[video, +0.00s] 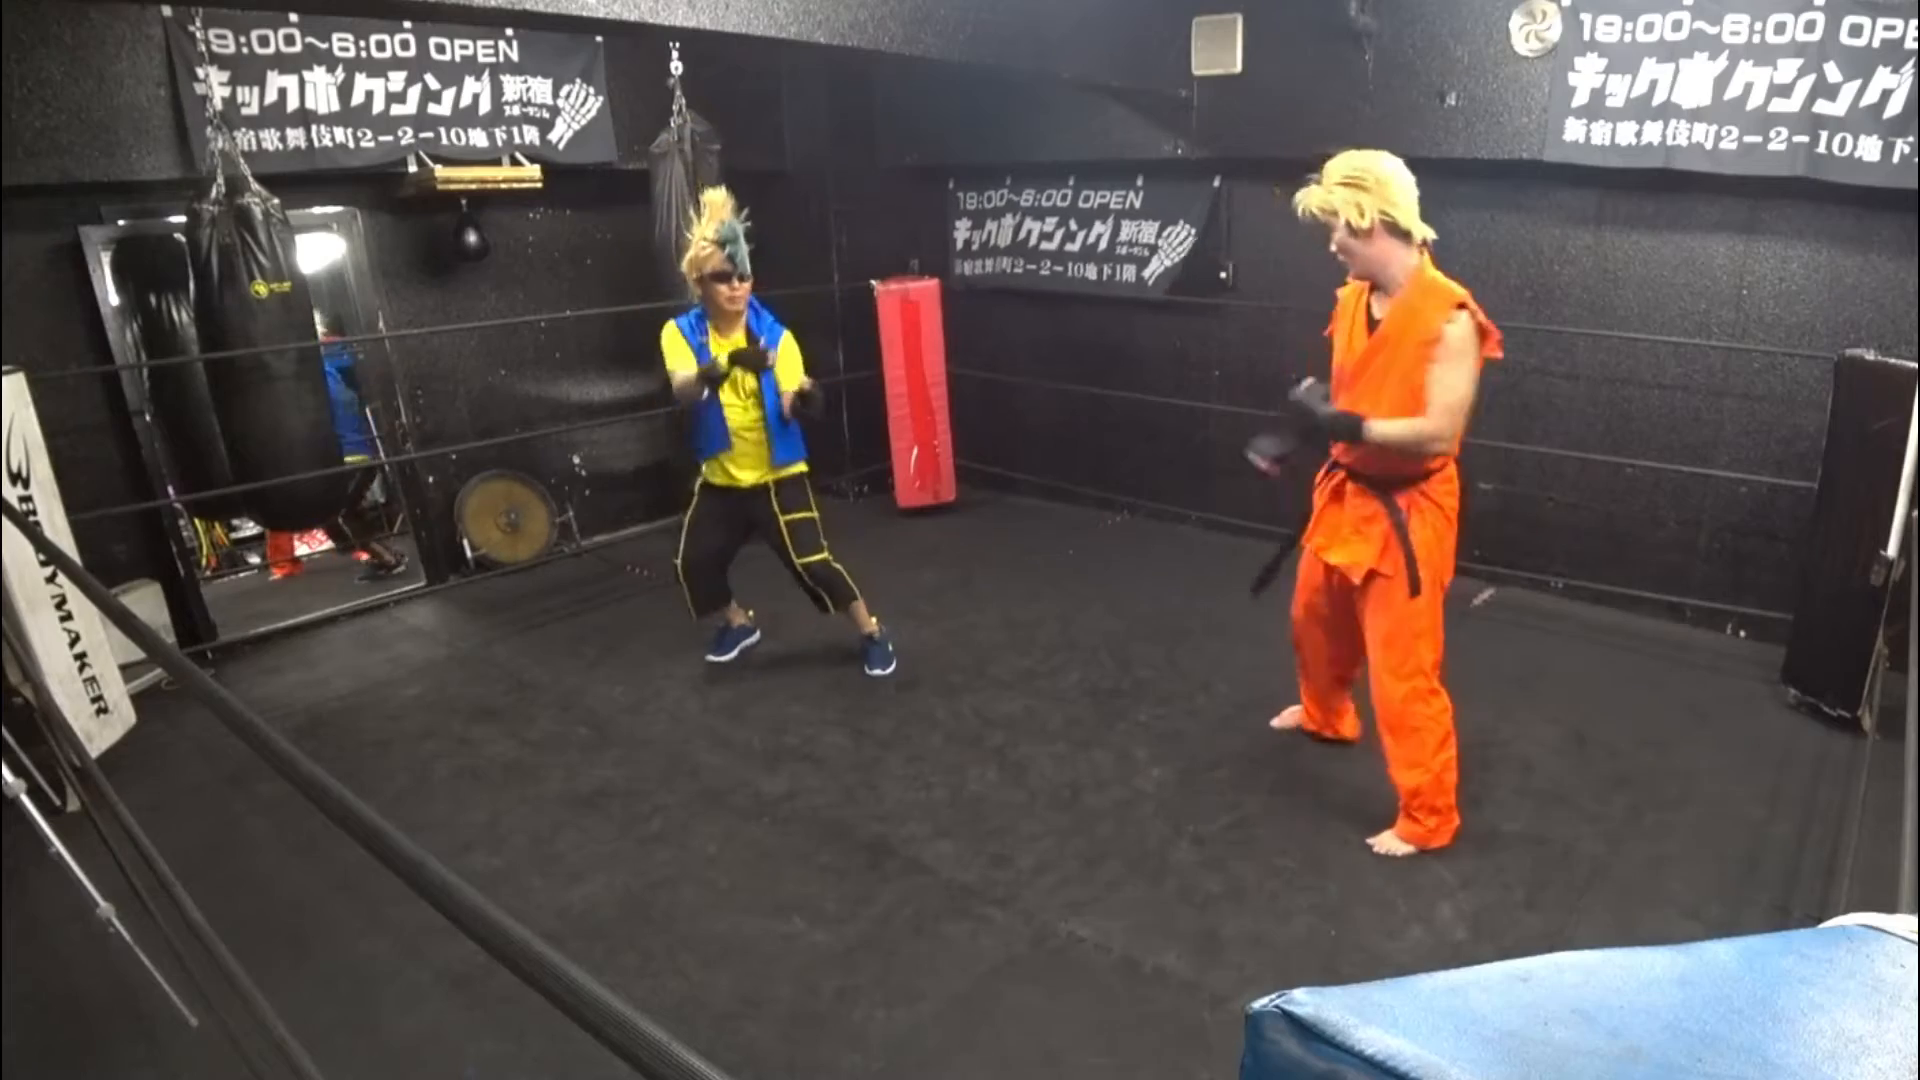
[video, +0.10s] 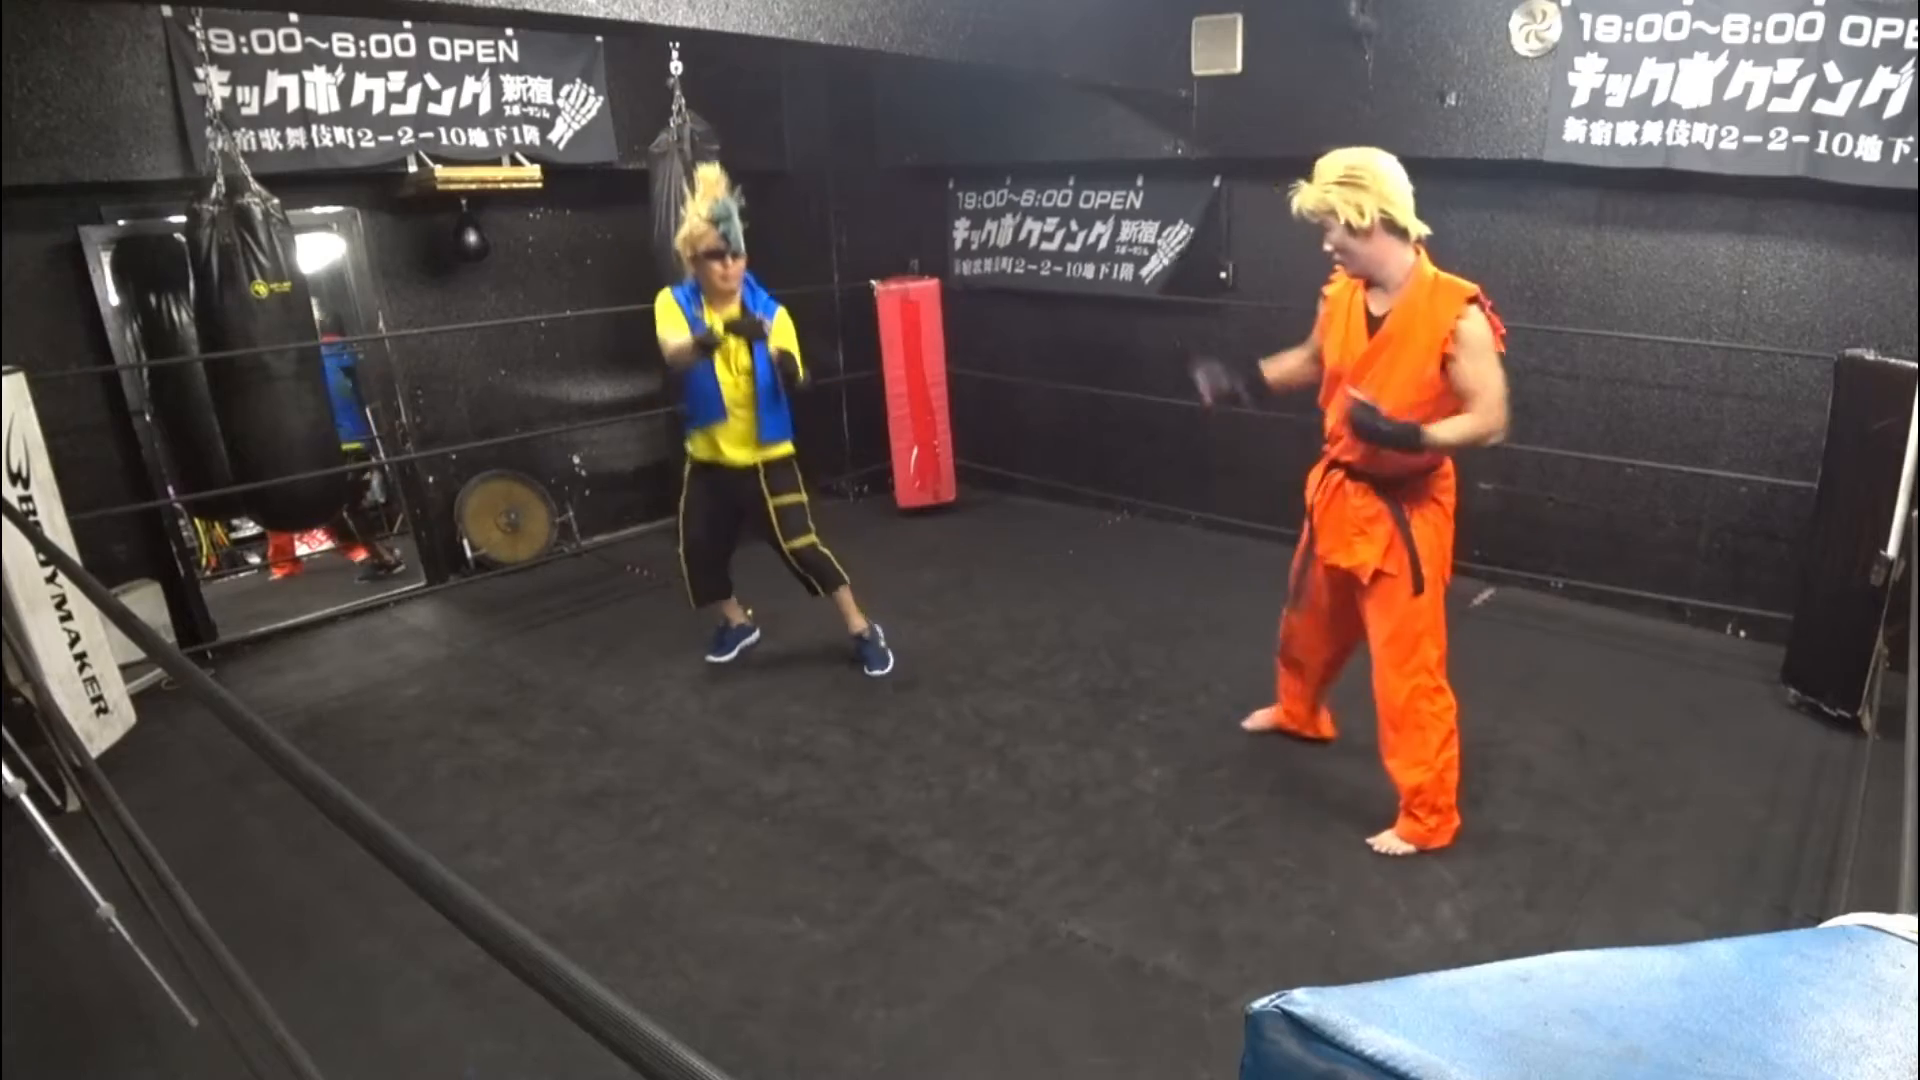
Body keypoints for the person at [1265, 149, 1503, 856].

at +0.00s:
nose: (1332, 249)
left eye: (1338, 233)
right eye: (1330, 235)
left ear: (1376, 225)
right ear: (1374, 227)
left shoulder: (1451, 319)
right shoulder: (1351, 301)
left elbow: (1442, 433)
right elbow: (1342, 395)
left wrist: (1345, 426)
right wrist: (1293, 433)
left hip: (1412, 504)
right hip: (1348, 488)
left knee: (1404, 670)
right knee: (1314, 610)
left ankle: (1429, 819)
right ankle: (1328, 713)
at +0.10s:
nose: (1324, 245)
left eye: (1331, 228)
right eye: (1322, 230)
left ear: (1372, 221)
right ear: (1362, 226)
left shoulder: (1455, 310)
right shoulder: (1343, 294)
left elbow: (1492, 417)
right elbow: (1312, 359)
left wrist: (1414, 436)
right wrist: (1246, 380)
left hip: (1409, 509)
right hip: (1337, 491)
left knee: (1408, 667)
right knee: (1312, 610)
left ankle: (1428, 816)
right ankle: (1300, 710)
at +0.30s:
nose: (1291, 271)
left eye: (1298, 255)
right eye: (1287, 259)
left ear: (1335, 240)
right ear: (1312, 249)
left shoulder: (1429, 311)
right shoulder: (1304, 307)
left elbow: (1479, 384)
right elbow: (1263, 367)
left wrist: (1452, 401)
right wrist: (1239, 318)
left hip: (1380, 508)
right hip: (1306, 496)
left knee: (1389, 671)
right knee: (1267, 614)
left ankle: (1427, 815)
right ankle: (1252, 713)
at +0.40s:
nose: (1270, 295)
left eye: (1273, 279)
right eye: (1265, 283)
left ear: (1306, 262)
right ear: (1298, 267)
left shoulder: (1406, 327)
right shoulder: (1289, 330)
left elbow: (1457, 404)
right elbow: (1245, 388)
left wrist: (1415, 419)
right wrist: (1204, 345)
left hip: (1362, 522)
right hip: (1290, 508)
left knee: (1356, 679)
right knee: (1239, 638)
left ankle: (1426, 815)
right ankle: (1250, 716)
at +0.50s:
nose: (1263, 294)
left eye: (1266, 278)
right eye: (1257, 282)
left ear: (1298, 260)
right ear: (1289, 266)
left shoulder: (1398, 321)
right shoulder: (1285, 332)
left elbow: (1456, 399)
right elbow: (1246, 394)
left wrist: (1399, 421)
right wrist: (1205, 351)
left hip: (1358, 521)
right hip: (1287, 507)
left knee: (1358, 681)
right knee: (1238, 636)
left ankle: (1426, 814)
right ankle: (1249, 717)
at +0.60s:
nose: (1265, 281)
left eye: (1269, 264)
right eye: (1259, 269)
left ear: (1301, 246)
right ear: (1288, 252)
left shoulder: (1395, 308)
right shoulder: (1288, 321)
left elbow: (1464, 385)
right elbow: (1248, 387)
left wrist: (1393, 417)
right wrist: (1199, 350)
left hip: (1370, 511)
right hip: (1299, 501)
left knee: (1370, 679)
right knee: (1253, 636)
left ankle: (1428, 812)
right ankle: (1251, 717)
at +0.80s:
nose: (1286, 291)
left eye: (1290, 275)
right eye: (1280, 278)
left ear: (1325, 258)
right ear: (1321, 260)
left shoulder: (1385, 330)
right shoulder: (1325, 326)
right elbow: (1314, 408)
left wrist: (1269, 372)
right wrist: (1269, 409)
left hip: (1387, 525)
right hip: (1328, 512)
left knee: (1365, 685)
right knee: (1277, 624)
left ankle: (1429, 817)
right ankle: (1261, 715)